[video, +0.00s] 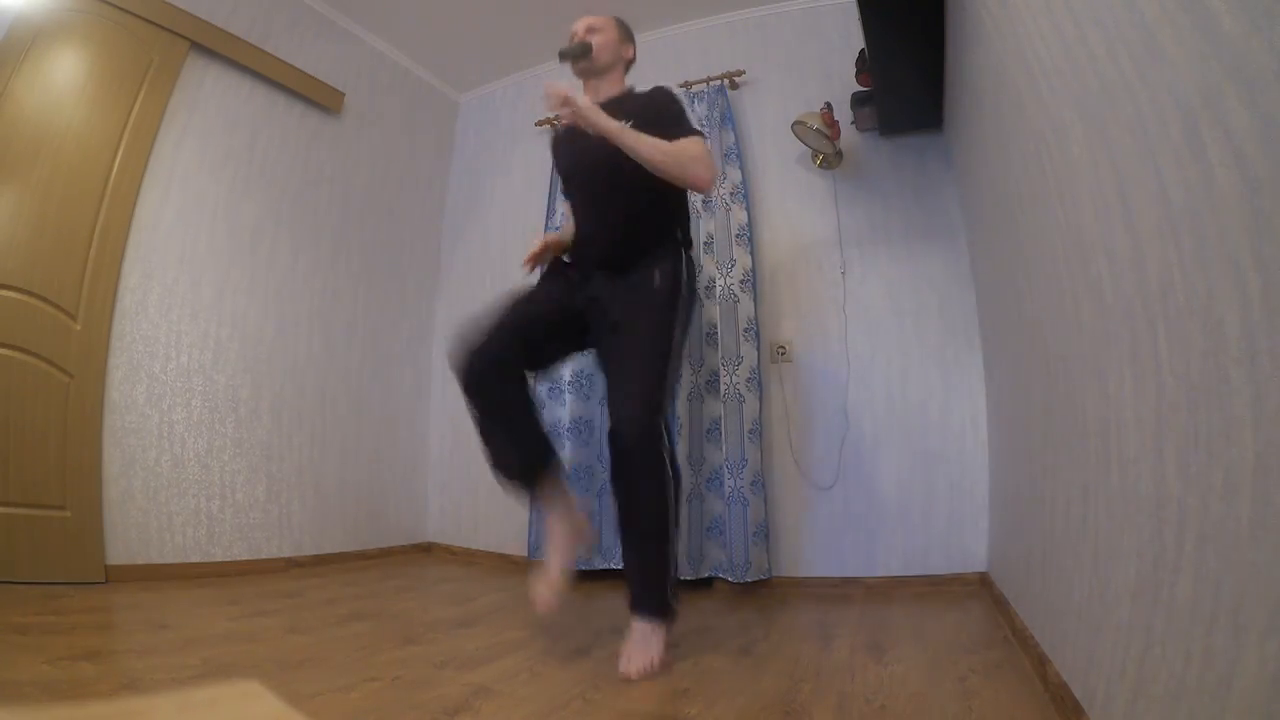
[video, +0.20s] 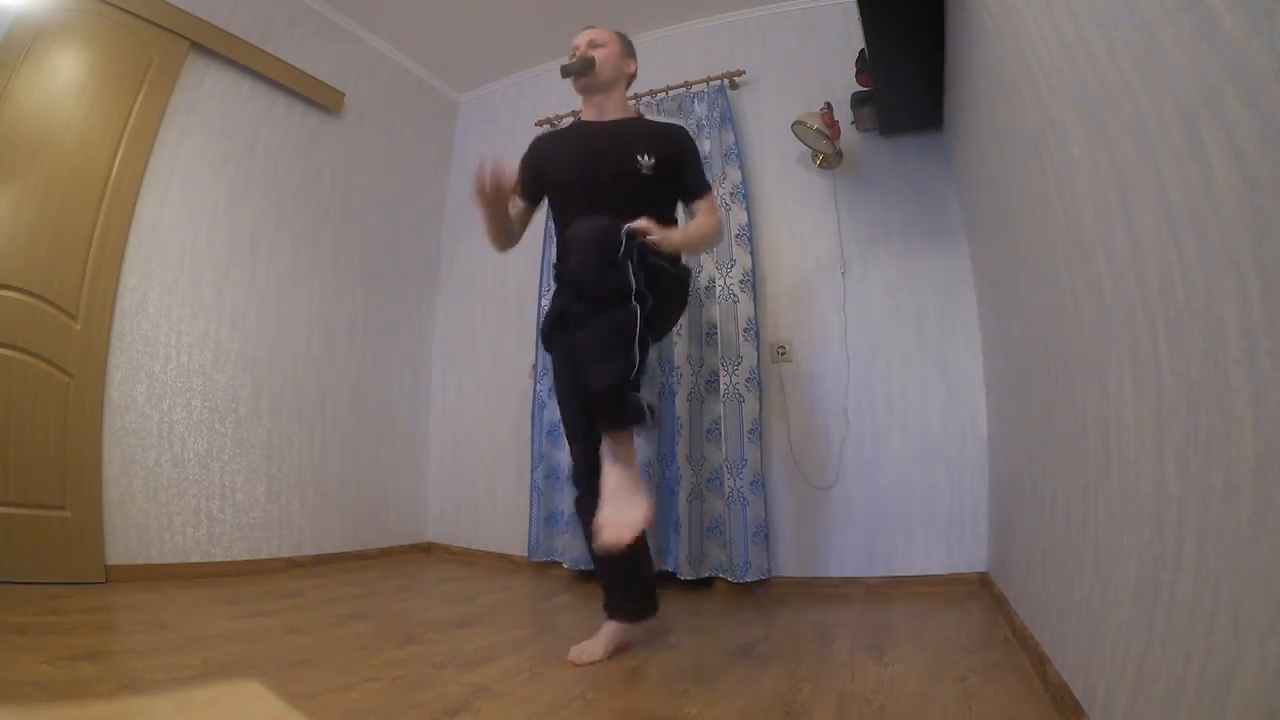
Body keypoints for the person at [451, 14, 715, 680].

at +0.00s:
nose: (578, 39)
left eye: (593, 30)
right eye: (571, 35)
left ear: (627, 49)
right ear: (569, 59)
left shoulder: (657, 105)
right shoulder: (567, 133)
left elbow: (702, 172)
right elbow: (593, 211)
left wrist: (601, 124)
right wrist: (560, 241)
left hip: (648, 285)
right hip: (582, 283)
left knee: (633, 430)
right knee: (484, 361)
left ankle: (650, 613)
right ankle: (558, 508)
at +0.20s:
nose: (581, 48)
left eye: (597, 42)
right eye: (575, 45)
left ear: (629, 67)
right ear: (569, 75)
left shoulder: (668, 139)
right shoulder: (547, 148)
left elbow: (710, 223)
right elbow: (506, 238)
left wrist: (671, 238)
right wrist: (493, 205)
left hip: (652, 291)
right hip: (578, 304)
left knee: (595, 240)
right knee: (591, 458)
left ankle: (620, 453)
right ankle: (627, 608)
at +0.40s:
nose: (572, 40)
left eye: (588, 32)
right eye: (566, 37)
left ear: (622, 54)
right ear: (562, 65)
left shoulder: (655, 114)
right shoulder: (563, 139)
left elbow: (713, 191)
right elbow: (574, 233)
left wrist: (617, 162)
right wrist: (534, 235)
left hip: (642, 292)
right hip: (577, 288)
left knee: (640, 459)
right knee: (467, 307)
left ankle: (646, 622)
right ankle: (543, 460)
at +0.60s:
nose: (579, 30)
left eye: (594, 22)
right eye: (572, 27)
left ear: (626, 44)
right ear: (565, 53)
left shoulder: (660, 107)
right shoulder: (554, 123)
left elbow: (706, 188)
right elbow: (551, 196)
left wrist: (613, 142)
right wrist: (542, 224)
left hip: (642, 268)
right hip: (570, 274)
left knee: (625, 396)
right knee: (535, 425)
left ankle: (638, 571)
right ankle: (581, 574)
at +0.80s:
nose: (573, 38)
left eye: (588, 30)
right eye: (566, 35)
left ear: (621, 51)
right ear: (558, 62)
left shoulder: (660, 123)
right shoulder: (543, 136)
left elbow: (708, 197)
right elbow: (503, 225)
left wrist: (673, 213)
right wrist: (499, 174)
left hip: (650, 279)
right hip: (579, 292)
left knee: (609, 268)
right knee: (579, 445)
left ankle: (626, 468)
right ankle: (594, 601)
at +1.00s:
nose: (572, 49)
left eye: (588, 41)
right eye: (565, 45)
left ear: (622, 65)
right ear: (559, 74)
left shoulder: (650, 124)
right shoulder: (565, 154)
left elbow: (706, 198)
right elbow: (587, 246)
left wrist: (603, 151)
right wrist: (543, 265)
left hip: (647, 309)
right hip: (581, 300)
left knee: (647, 471)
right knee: (462, 283)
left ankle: (650, 625)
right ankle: (536, 439)